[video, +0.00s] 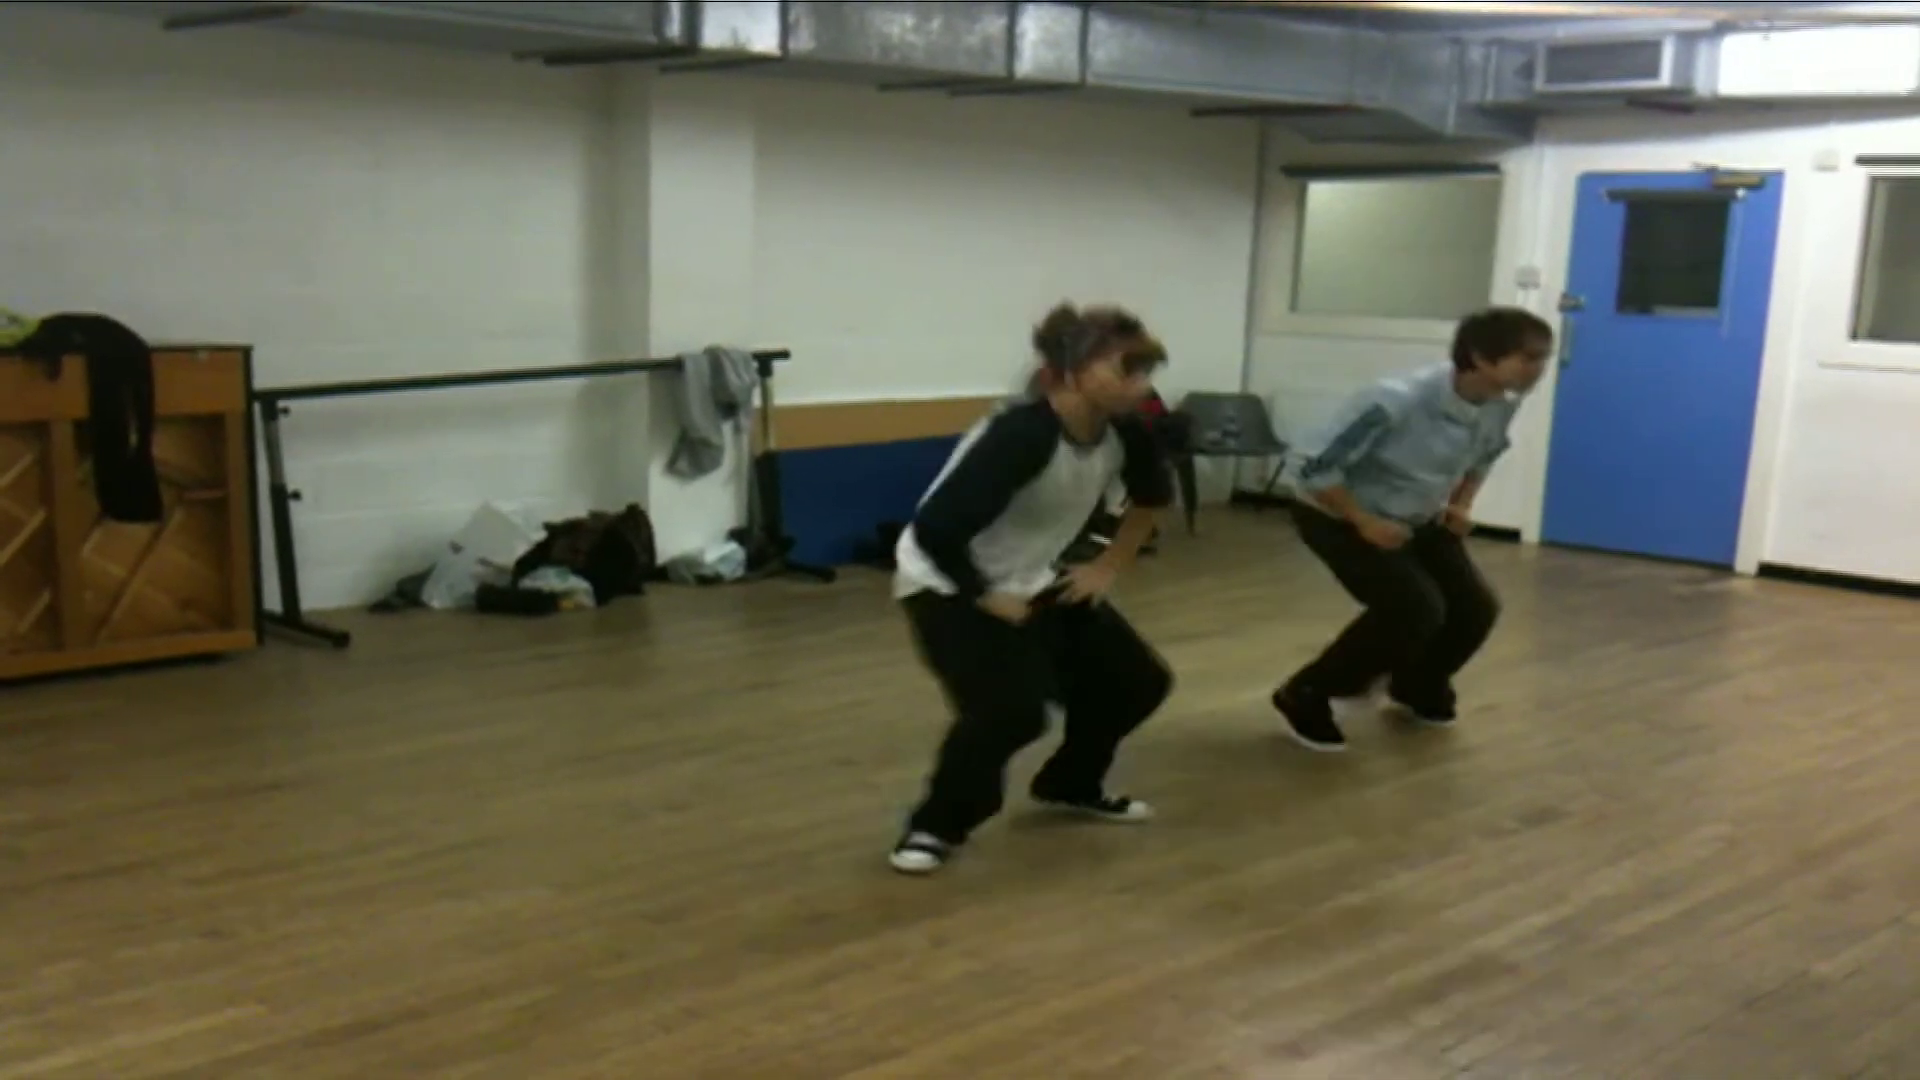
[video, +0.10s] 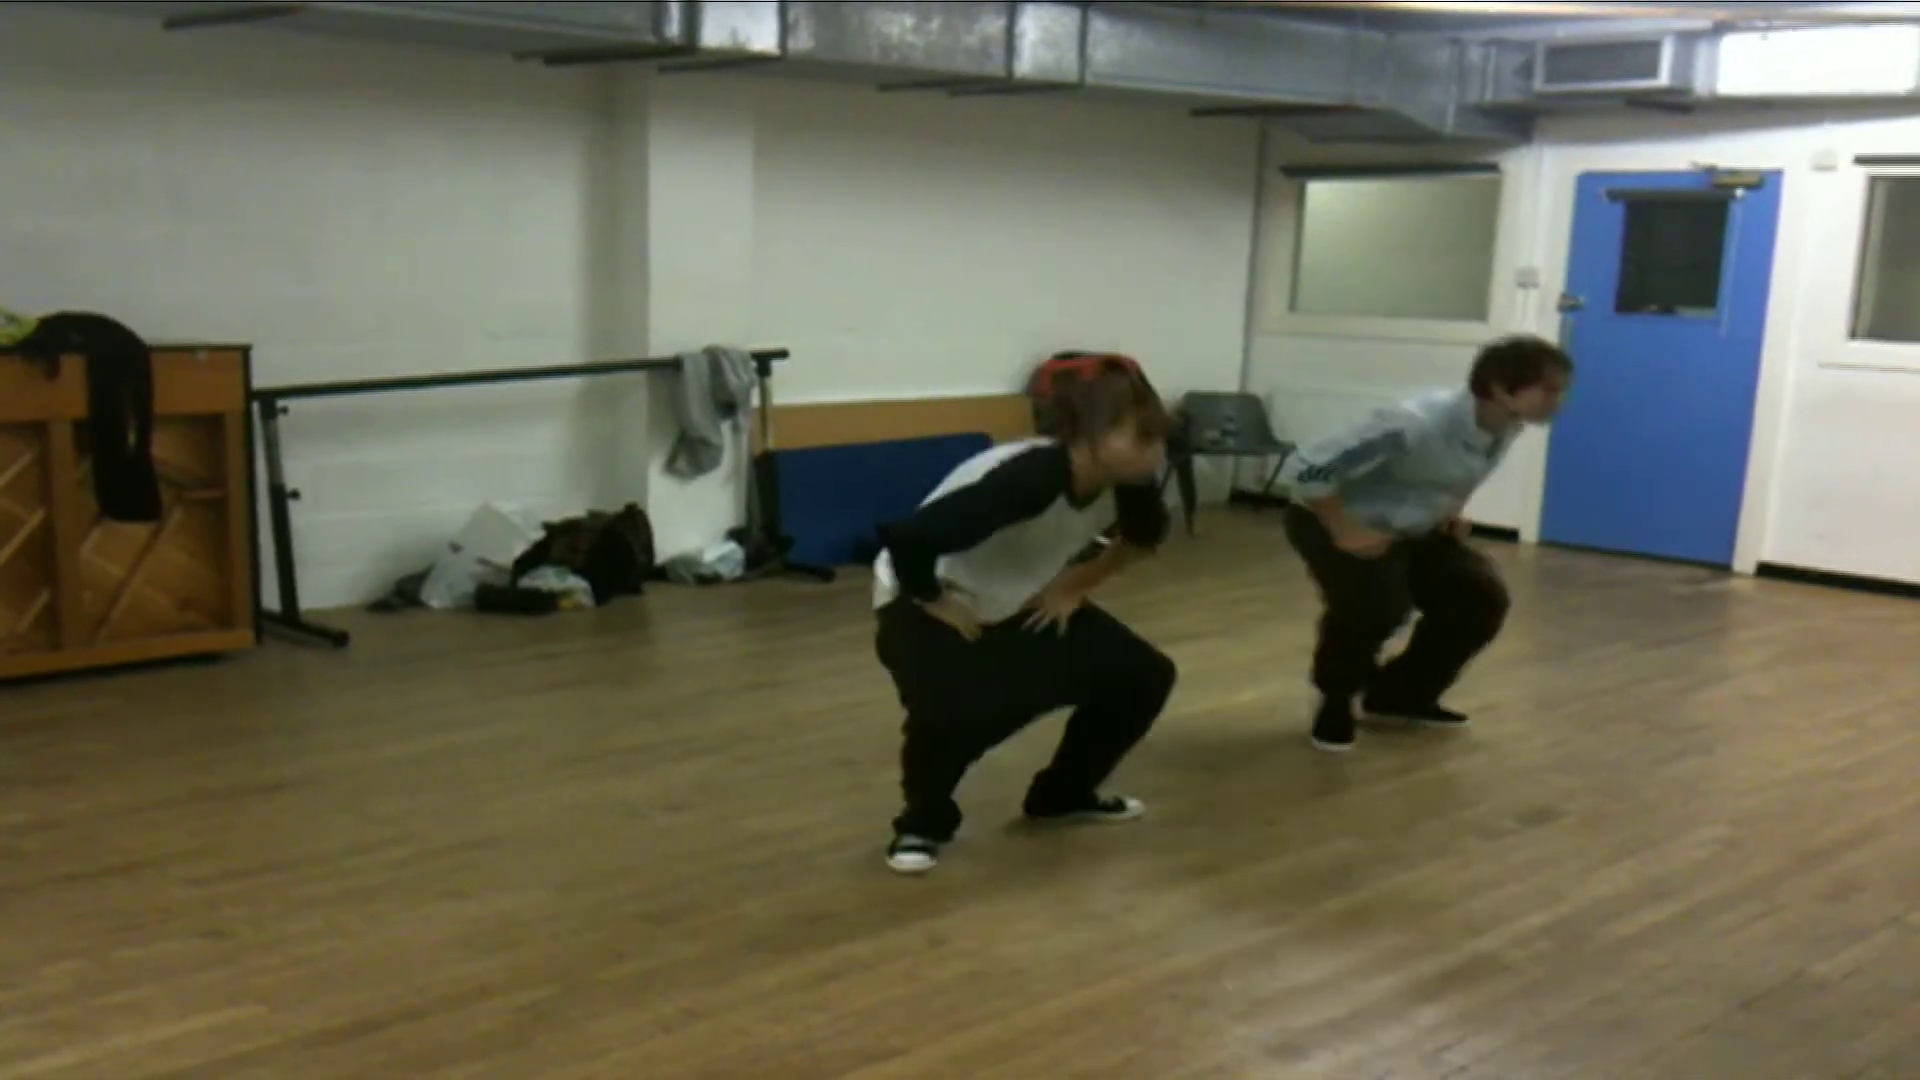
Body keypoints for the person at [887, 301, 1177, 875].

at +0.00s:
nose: (1141, 385)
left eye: (1142, 370)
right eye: (1124, 370)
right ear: (1069, 377)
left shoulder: (1125, 432)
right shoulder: (1022, 435)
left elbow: (1150, 501)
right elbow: (934, 531)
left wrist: (1107, 566)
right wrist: (984, 595)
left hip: (1032, 577)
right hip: (947, 585)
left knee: (1135, 681)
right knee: (1008, 706)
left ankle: (1070, 781)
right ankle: (934, 828)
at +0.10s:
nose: (1154, 448)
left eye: (1155, 435)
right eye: (1142, 436)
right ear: (1093, 438)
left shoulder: (1122, 478)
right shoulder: (1031, 479)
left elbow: (1143, 535)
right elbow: (905, 541)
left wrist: (1074, 583)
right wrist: (938, 604)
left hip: (1022, 603)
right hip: (927, 610)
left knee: (1142, 676)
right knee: (953, 707)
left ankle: (1063, 792)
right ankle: (923, 821)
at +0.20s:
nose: (1156, 461)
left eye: (1160, 449)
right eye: (1146, 447)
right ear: (1101, 439)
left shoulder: (1123, 479)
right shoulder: (1021, 476)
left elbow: (1120, 535)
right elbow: (901, 529)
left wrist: (1053, 585)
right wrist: (923, 587)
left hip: (1024, 589)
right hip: (932, 593)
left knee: (1128, 669)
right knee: (967, 687)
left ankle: (1066, 792)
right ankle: (923, 823)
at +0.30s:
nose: (1152, 389)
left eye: (1154, 374)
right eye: (1141, 371)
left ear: (1108, 369)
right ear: (1094, 365)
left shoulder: (1120, 425)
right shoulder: (1011, 410)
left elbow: (1116, 484)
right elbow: (903, 486)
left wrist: (1070, 547)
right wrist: (933, 560)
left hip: (1015, 566)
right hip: (927, 566)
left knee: (1093, 664)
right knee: (957, 679)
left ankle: (1051, 792)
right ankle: (923, 820)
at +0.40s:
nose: (1129, 328)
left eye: (1132, 315)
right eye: (1117, 313)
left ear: (1120, 319)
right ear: (1063, 313)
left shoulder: (1113, 389)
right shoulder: (999, 372)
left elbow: (1122, 465)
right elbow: (910, 469)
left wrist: (1083, 528)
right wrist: (958, 545)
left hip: (1027, 554)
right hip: (942, 551)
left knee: (1077, 671)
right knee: (963, 681)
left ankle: (1035, 791)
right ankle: (930, 819)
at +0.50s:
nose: (1110, 307)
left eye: (1115, 294)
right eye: (1098, 291)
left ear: (1110, 300)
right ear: (1049, 295)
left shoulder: (1105, 376)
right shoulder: (993, 355)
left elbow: (1119, 452)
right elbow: (926, 459)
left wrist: (1092, 525)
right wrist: (970, 539)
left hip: (1042, 547)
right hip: (950, 545)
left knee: (1076, 674)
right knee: (958, 683)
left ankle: (1036, 791)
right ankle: (929, 818)